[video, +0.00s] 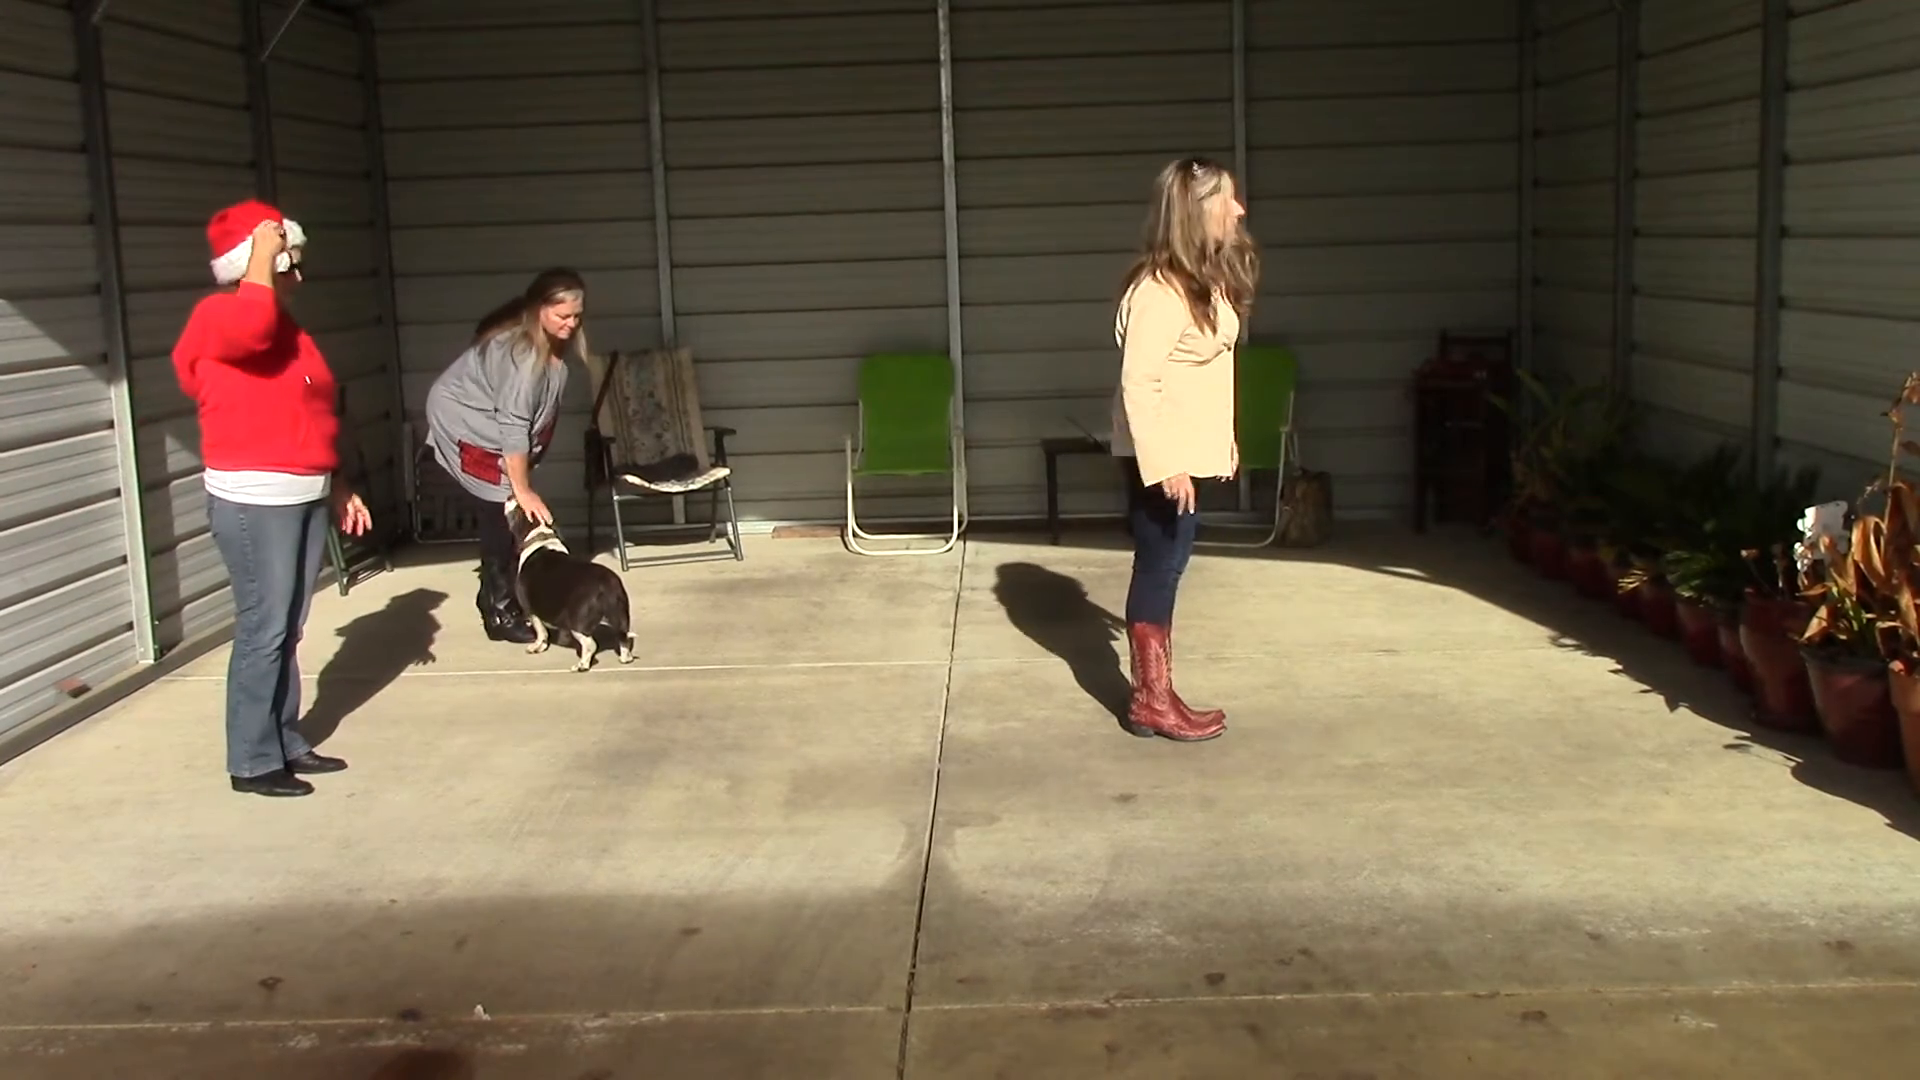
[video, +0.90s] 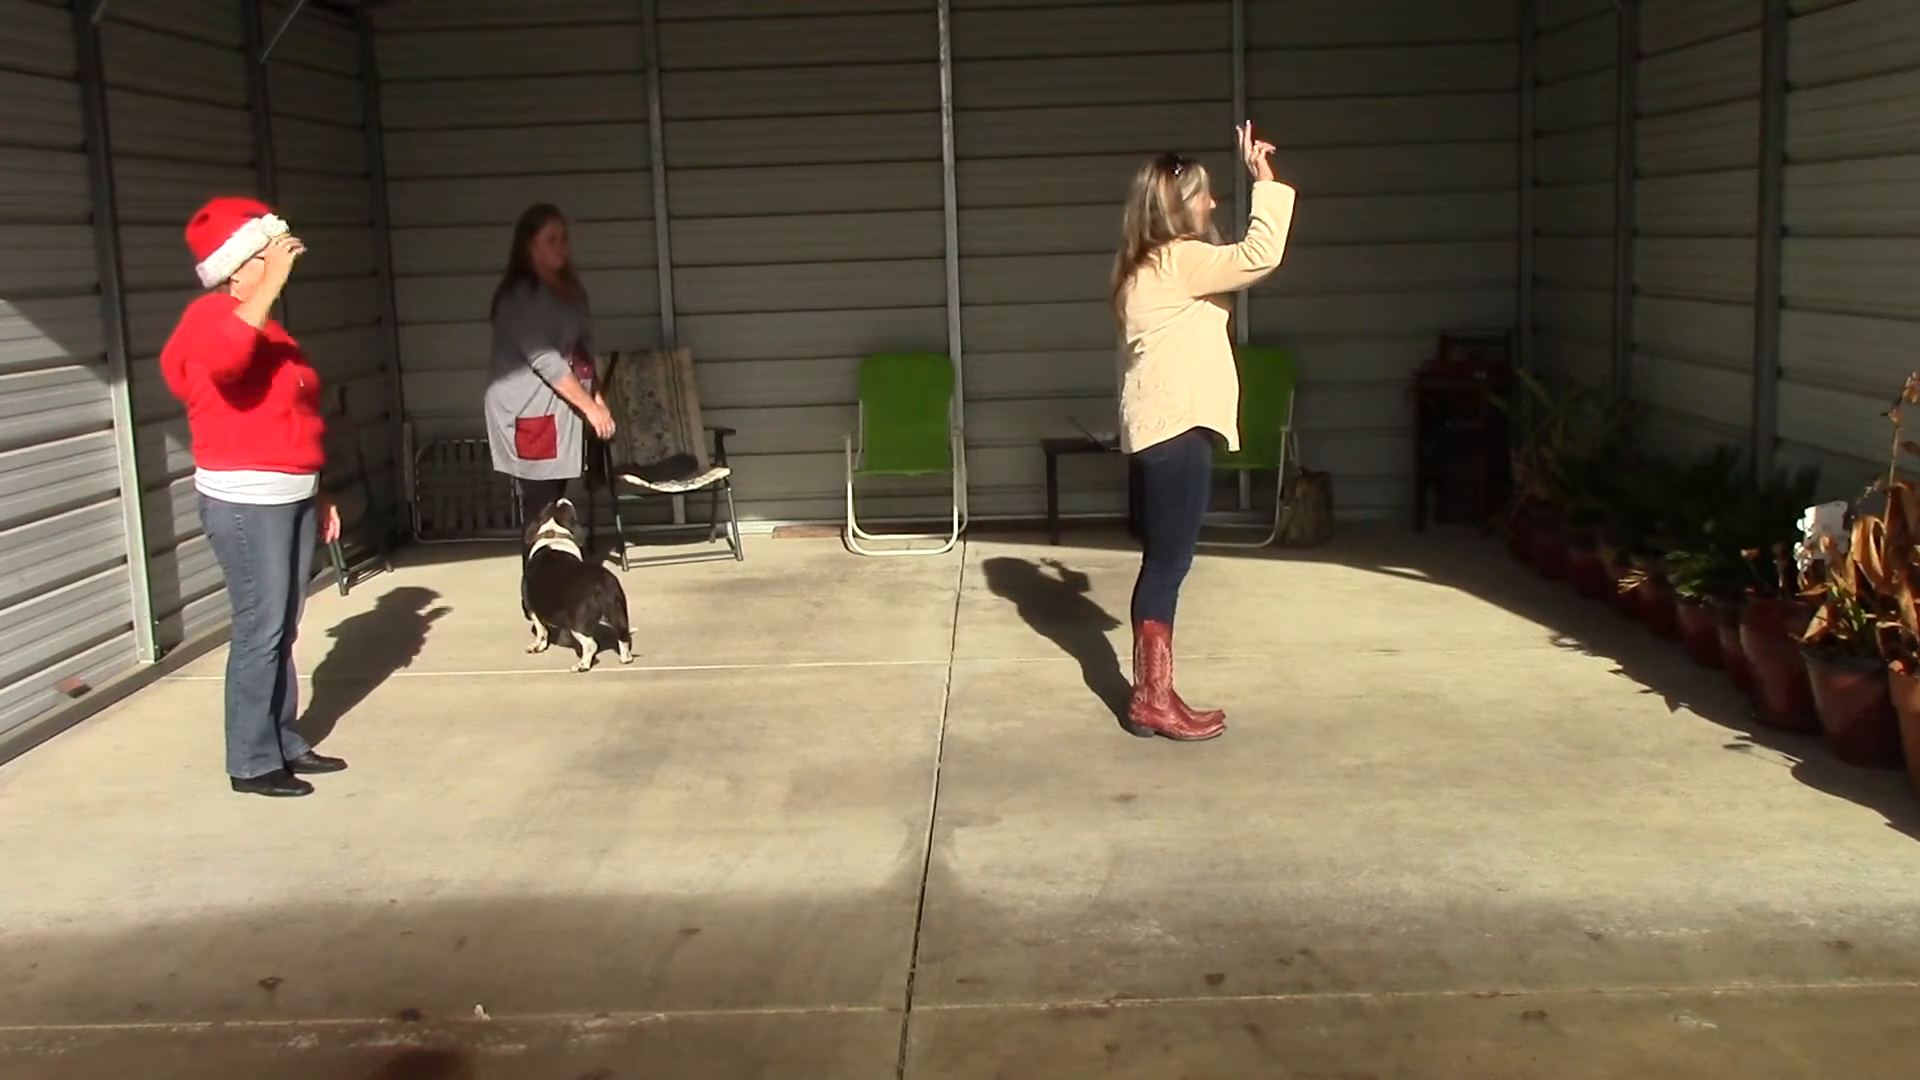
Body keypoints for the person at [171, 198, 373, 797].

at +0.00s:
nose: (294, 268)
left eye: (294, 257)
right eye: (283, 257)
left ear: (274, 261)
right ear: (245, 260)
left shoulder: (286, 329)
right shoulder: (213, 315)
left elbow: (312, 415)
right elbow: (255, 326)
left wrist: (338, 487)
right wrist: (261, 256)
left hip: (305, 494)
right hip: (253, 496)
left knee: (286, 630)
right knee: (263, 631)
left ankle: (281, 743)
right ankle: (250, 762)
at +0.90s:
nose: (280, 265)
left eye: (277, 256)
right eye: (270, 256)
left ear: (247, 268)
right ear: (240, 269)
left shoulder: (265, 322)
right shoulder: (206, 316)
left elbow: (291, 416)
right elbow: (223, 361)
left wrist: (317, 494)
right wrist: (270, 284)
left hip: (292, 494)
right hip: (245, 498)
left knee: (281, 628)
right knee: (259, 629)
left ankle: (282, 742)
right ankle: (250, 762)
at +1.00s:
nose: (287, 273)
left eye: (286, 263)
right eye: (278, 263)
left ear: (249, 268)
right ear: (243, 266)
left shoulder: (266, 326)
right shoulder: (212, 317)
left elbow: (291, 422)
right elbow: (207, 389)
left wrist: (314, 500)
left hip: (290, 492)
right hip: (246, 496)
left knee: (281, 628)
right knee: (260, 629)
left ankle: (281, 743)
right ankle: (250, 762)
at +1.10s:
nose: (289, 273)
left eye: (288, 263)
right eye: (280, 263)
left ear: (251, 269)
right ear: (245, 267)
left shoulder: (259, 322)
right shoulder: (221, 320)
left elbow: (265, 411)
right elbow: (204, 410)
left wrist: (297, 482)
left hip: (281, 493)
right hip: (243, 497)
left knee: (281, 626)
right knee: (260, 628)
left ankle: (282, 743)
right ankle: (251, 762)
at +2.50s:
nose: (322, 283)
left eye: (321, 273)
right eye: (312, 273)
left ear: (282, 279)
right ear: (275, 278)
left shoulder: (295, 334)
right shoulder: (247, 334)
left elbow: (310, 425)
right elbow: (240, 434)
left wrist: (342, 494)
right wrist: (284, 509)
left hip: (308, 499)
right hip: (269, 501)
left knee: (294, 624)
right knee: (326, 617)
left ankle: (279, 742)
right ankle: (276, 745)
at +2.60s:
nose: (332, 281)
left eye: (331, 271)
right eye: (322, 272)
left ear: (296, 278)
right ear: (284, 278)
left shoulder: (310, 334)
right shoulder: (256, 333)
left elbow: (329, 419)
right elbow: (247, 433)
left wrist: (370, 472)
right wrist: (287, 507)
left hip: (315, 496)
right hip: (281, 498)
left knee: (296, 625)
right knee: (356, 605)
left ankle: (276, 747)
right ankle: (324, 740)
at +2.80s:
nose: (362, 282)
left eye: (360, 272)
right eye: (351, 273)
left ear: (327, 281)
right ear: (316, 280)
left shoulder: (341, 336)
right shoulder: (288, 333)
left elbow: (368, 423)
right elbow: (275, 429)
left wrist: (415, 470)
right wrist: (306, 511)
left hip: (347, 499)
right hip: (317, 502)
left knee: (323, 628)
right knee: (392, 614)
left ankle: (278, 744)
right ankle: (417, 752)